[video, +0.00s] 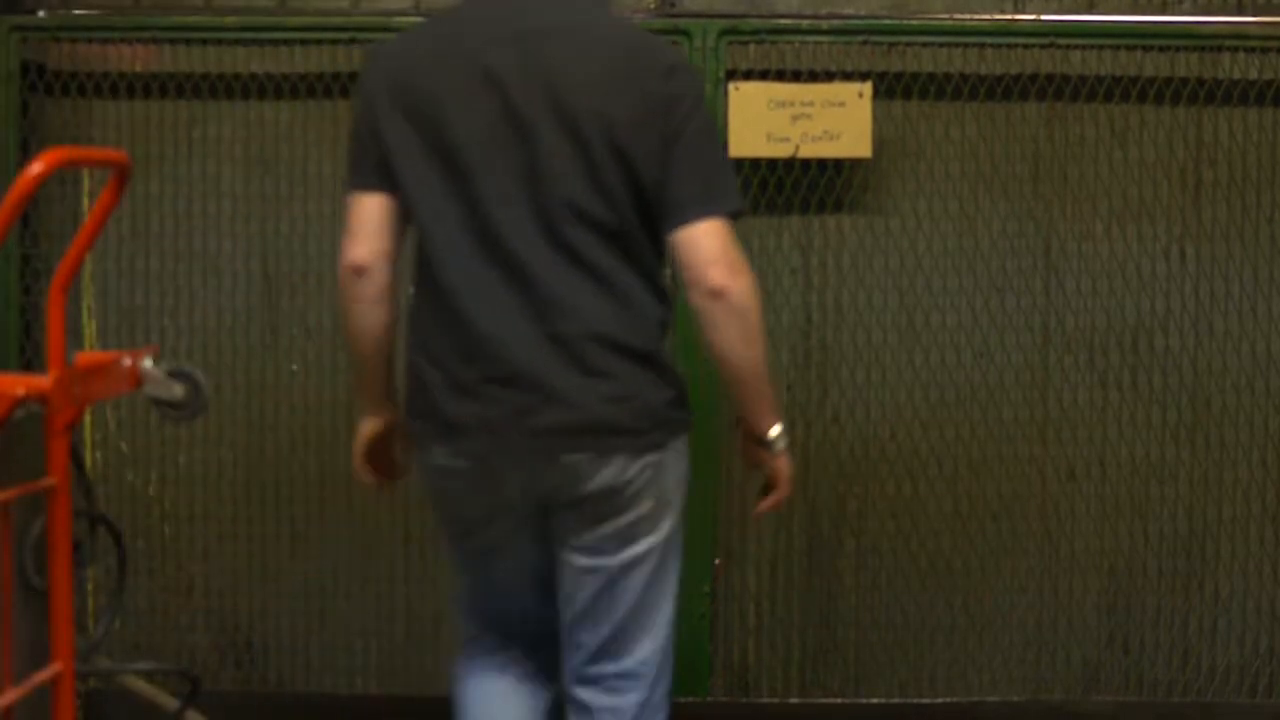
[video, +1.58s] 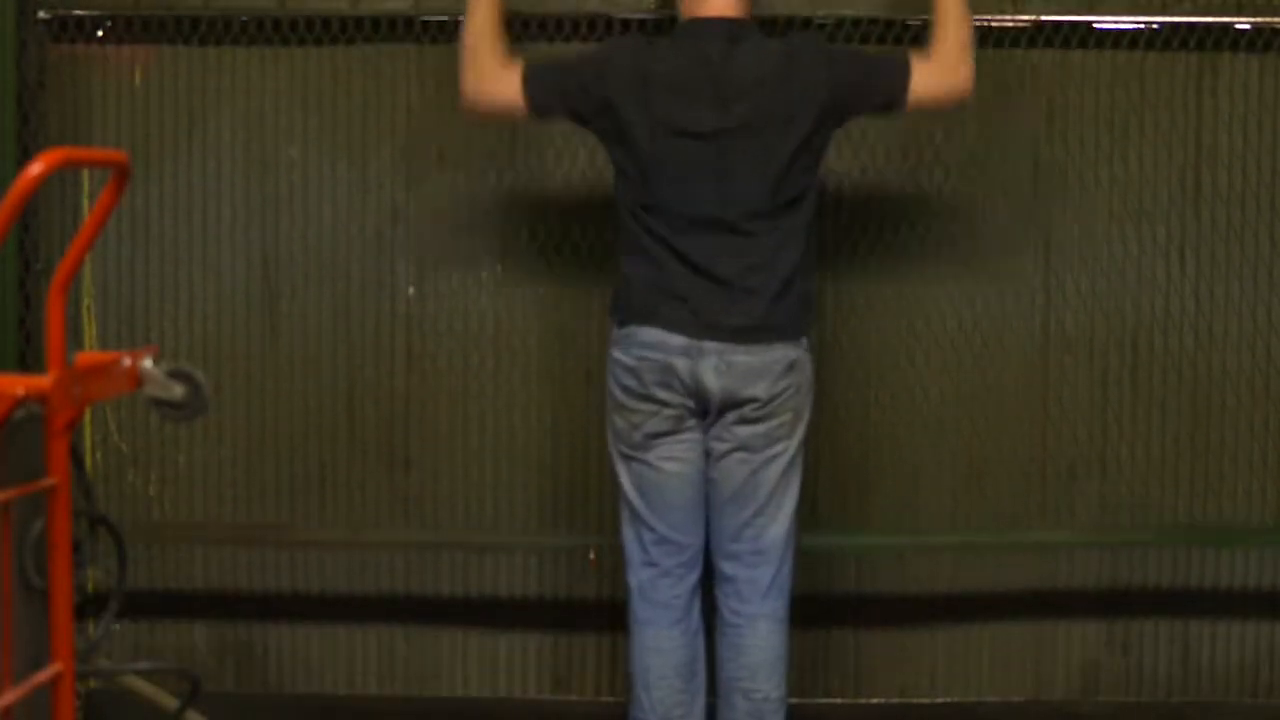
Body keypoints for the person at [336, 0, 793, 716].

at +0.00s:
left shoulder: (403, 65)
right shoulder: (649, 69)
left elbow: (362, 262)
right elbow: (715, 279)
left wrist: (375, 405)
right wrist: (764, 427)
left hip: (465, 425)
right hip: (615, 425)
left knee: (499, 649)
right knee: (616, 681)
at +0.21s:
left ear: (553, 4)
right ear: (641, 1)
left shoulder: (476, 102)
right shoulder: (699, 93)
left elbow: (436, 294)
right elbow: (801, 278)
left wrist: (457, 319)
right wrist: (835, 335)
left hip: (536, 426)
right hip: (668, 424)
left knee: (587, 659)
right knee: (642, 681)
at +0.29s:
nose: (656, 7)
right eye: (656, 1)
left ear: (559, 6)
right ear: (650, 3)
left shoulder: (500, 117)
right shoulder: (706, 109)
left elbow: (451, 285)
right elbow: (818, 277)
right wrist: (848, 256)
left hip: (556, 430)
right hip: (683, 428)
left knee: (604, 656)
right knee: (672, 667)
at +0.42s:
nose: (665, 10)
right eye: (664, 4)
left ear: (574, 11)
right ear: (660, 7)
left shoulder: (531, 114)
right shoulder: (717, 111)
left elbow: (485, 235)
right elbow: (827, 232)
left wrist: (508, 133)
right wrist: (849, 175)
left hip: (570, 414)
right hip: (693, 418)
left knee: (613, 613)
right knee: (732, 600)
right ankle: (685, 714)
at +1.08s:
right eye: (750, 2)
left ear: (677, 5)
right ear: (752, 5)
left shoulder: (631, 89)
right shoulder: (796, 88)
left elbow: (525, 170)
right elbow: (913, 165)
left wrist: (554, 68)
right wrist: (876, 69)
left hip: (652, 349)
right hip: (766, 353)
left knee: (661, 571)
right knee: (754, 573)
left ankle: (666, 717)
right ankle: (753, 715)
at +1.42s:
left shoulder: (633, 68)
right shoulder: (805, 66)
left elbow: (516, 47)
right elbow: (923, 42)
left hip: (653, 335)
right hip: (766, 339)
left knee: (661, 567)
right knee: (756, 569)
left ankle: (665, 714)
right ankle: (758, 712)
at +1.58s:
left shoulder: (629, 68)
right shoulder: (804, 69)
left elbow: (483, 84)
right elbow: (952, 75)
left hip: (651, 338)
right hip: (764, 345)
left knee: (661, 572)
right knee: (753, 574)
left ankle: (667, 714)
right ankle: (752, 713)